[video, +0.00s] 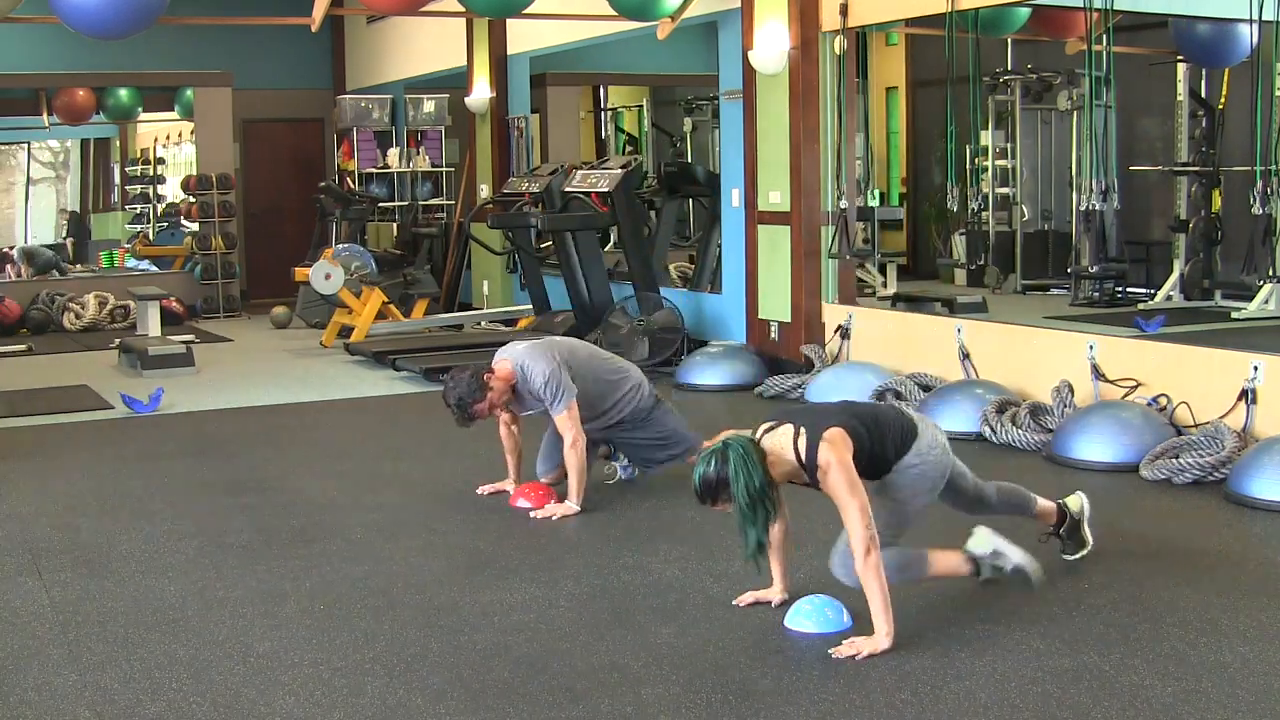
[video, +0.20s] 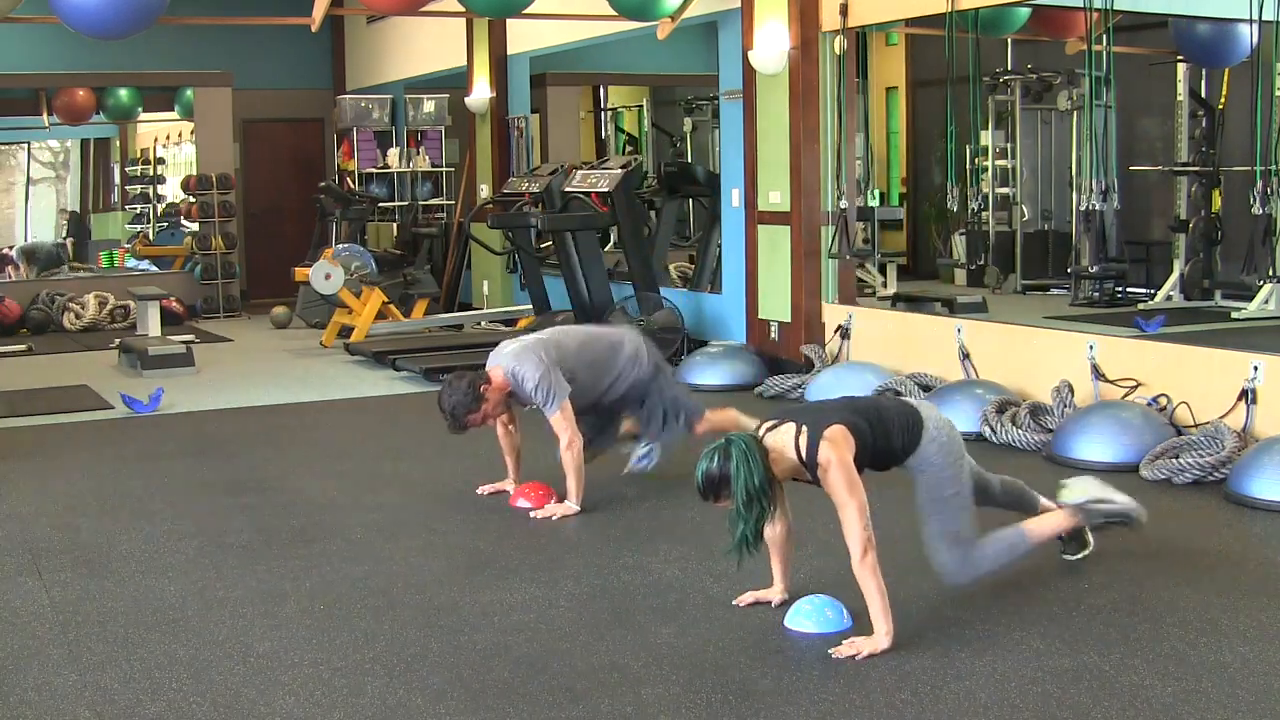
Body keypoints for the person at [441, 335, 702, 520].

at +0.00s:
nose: (497, 410)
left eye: (493, 407)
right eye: (491, 413)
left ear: (489, 384)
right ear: (485, 383)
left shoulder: (541, 369)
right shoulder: (497, 375)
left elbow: (574, 439)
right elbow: (508, 423)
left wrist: (574, 503)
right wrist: (512, 479)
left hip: (629, 400)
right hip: (582, 411)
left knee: (699, 455)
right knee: (548, 476)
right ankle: (614, 448)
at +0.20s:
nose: (491, 425)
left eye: (486, 419)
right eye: (484, 424)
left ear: (487, 395)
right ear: (481, 392)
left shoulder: (532, 370)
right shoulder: (493, 374)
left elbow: (570, 440)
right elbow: (506, 425)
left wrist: (574, 502)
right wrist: (512, 480)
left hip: (634, 362)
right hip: (598, 376)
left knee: (697, 423)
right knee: (587, 437)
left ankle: (764, 429)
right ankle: (649, 429)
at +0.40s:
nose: (486, 425)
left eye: (481, 420)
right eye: (480, 424)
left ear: (486, 396)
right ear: (481, 394)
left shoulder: (530, 373)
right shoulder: (492, 372)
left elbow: (567, 439)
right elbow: (506, 425)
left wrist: (573, 502)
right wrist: (513, 479)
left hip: (633, 341)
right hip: (606, 366)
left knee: (700, 403)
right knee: (632, 426)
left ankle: (781, 424)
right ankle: (695, 404)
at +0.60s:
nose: (487, 419)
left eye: (483, 414)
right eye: (481, 417)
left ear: (491, 393)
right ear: (483, 388)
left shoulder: (539, 369)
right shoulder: (501, 373)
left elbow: (576, 440)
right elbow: (512, 423)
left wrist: (574, 502)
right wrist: (514, 479)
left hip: (643, 386)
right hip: (617, 402)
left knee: (712, 452)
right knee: (669, 451)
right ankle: (727, 429)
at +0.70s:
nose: (485, 421)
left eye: (481, 416)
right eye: (480, 419)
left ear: (488, 397)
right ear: (482, 388)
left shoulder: (535, 371)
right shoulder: (500, 371)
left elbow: (573, 440)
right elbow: (511, 423)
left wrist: (574, 502)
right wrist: (514, 478)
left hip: (640, 374)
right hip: (618, 389)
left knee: (685, 458)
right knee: (661, 443)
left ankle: (756, 450)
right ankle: (735, 424)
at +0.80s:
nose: (477, 421)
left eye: (472, 418)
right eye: (471, 420)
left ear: (481, 399)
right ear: (478, 389)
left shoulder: (525, 371)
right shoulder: (496, 364)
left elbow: (567, 440)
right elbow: (508, 424)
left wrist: (574, 501)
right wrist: (513, 479)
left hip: (632, 358)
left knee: (649, 458)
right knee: (667, 404)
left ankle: (737, 445)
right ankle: (737, 415)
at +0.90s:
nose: (474, 419)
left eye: (469, 415)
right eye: (469, 417)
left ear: (479, 398)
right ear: (475, 388)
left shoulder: (521, 371)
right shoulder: (493, 363)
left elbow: (564, 439)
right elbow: (507, 424)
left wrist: (573, 501)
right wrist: (513, 479)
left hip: (625, 361)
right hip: (621, 336)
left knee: (606, 460)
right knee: (671, 404)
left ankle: (695, 447)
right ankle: (741, 419)